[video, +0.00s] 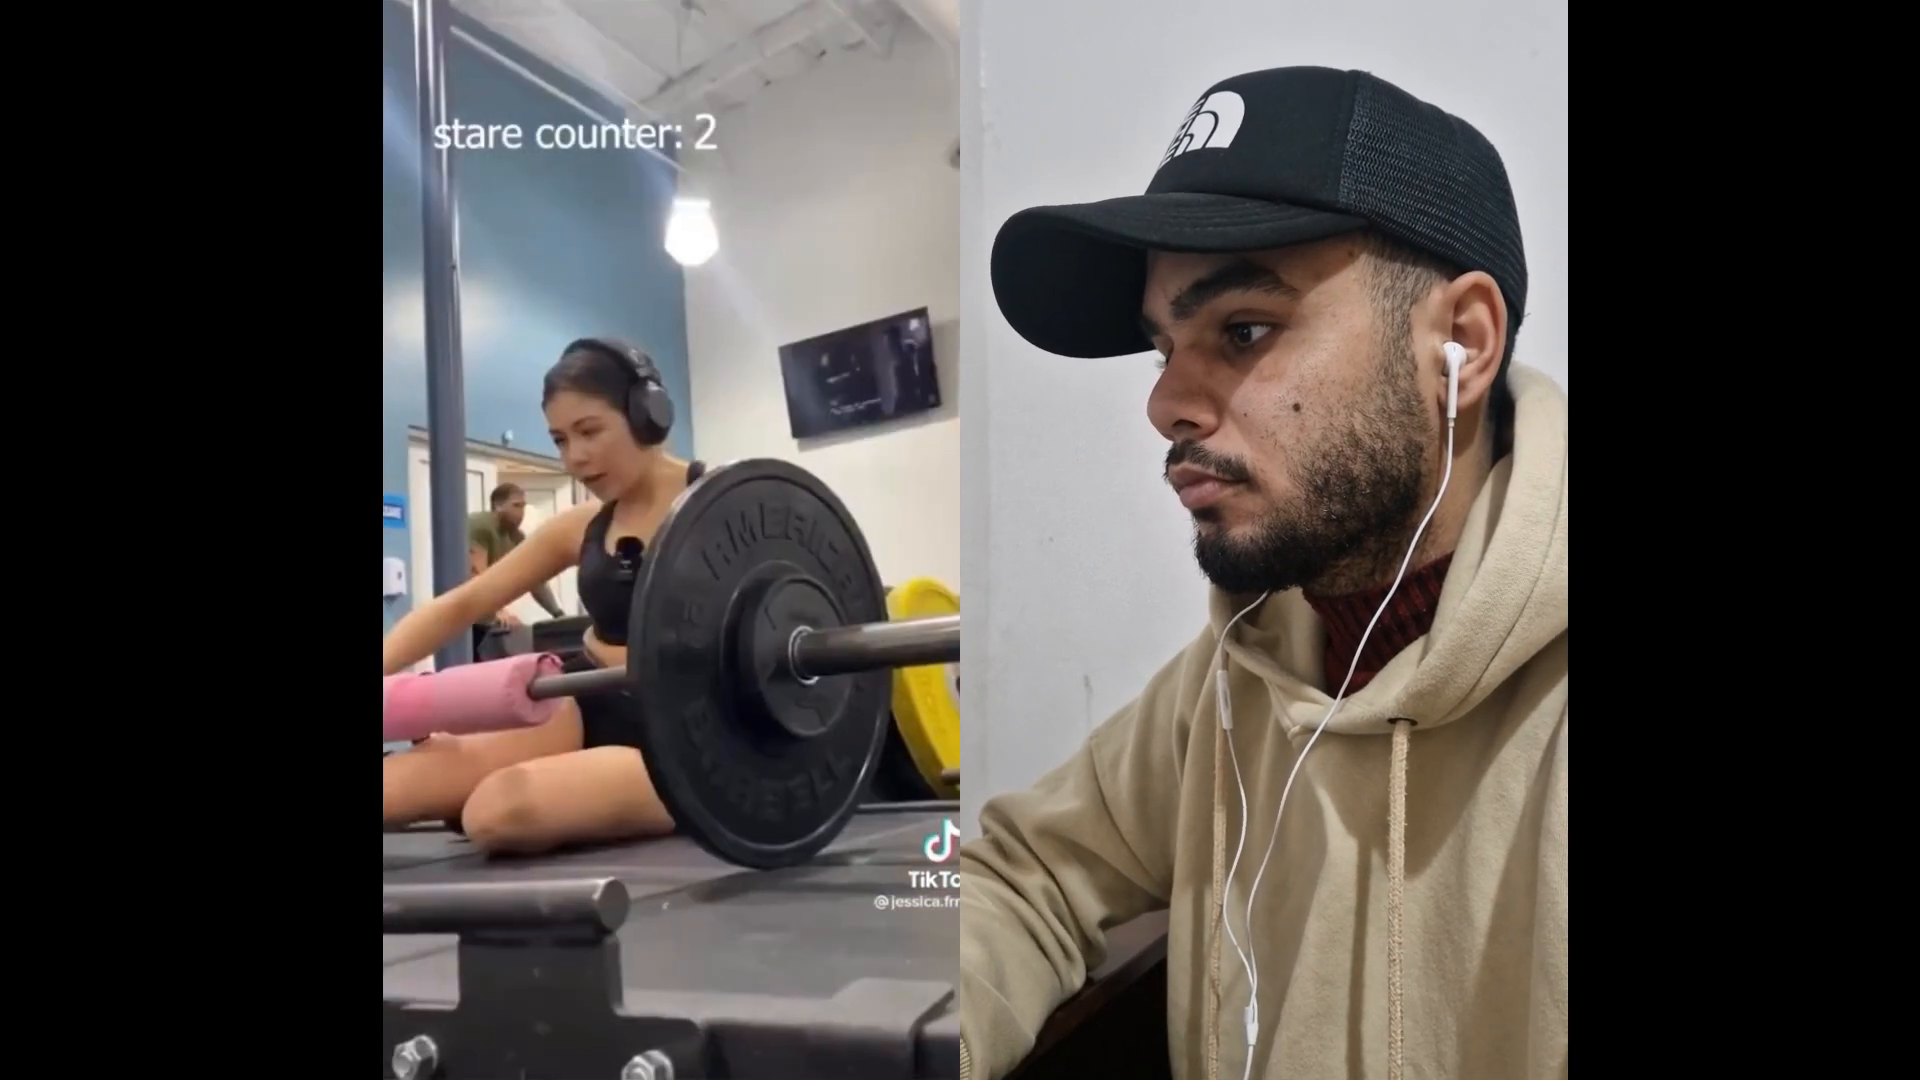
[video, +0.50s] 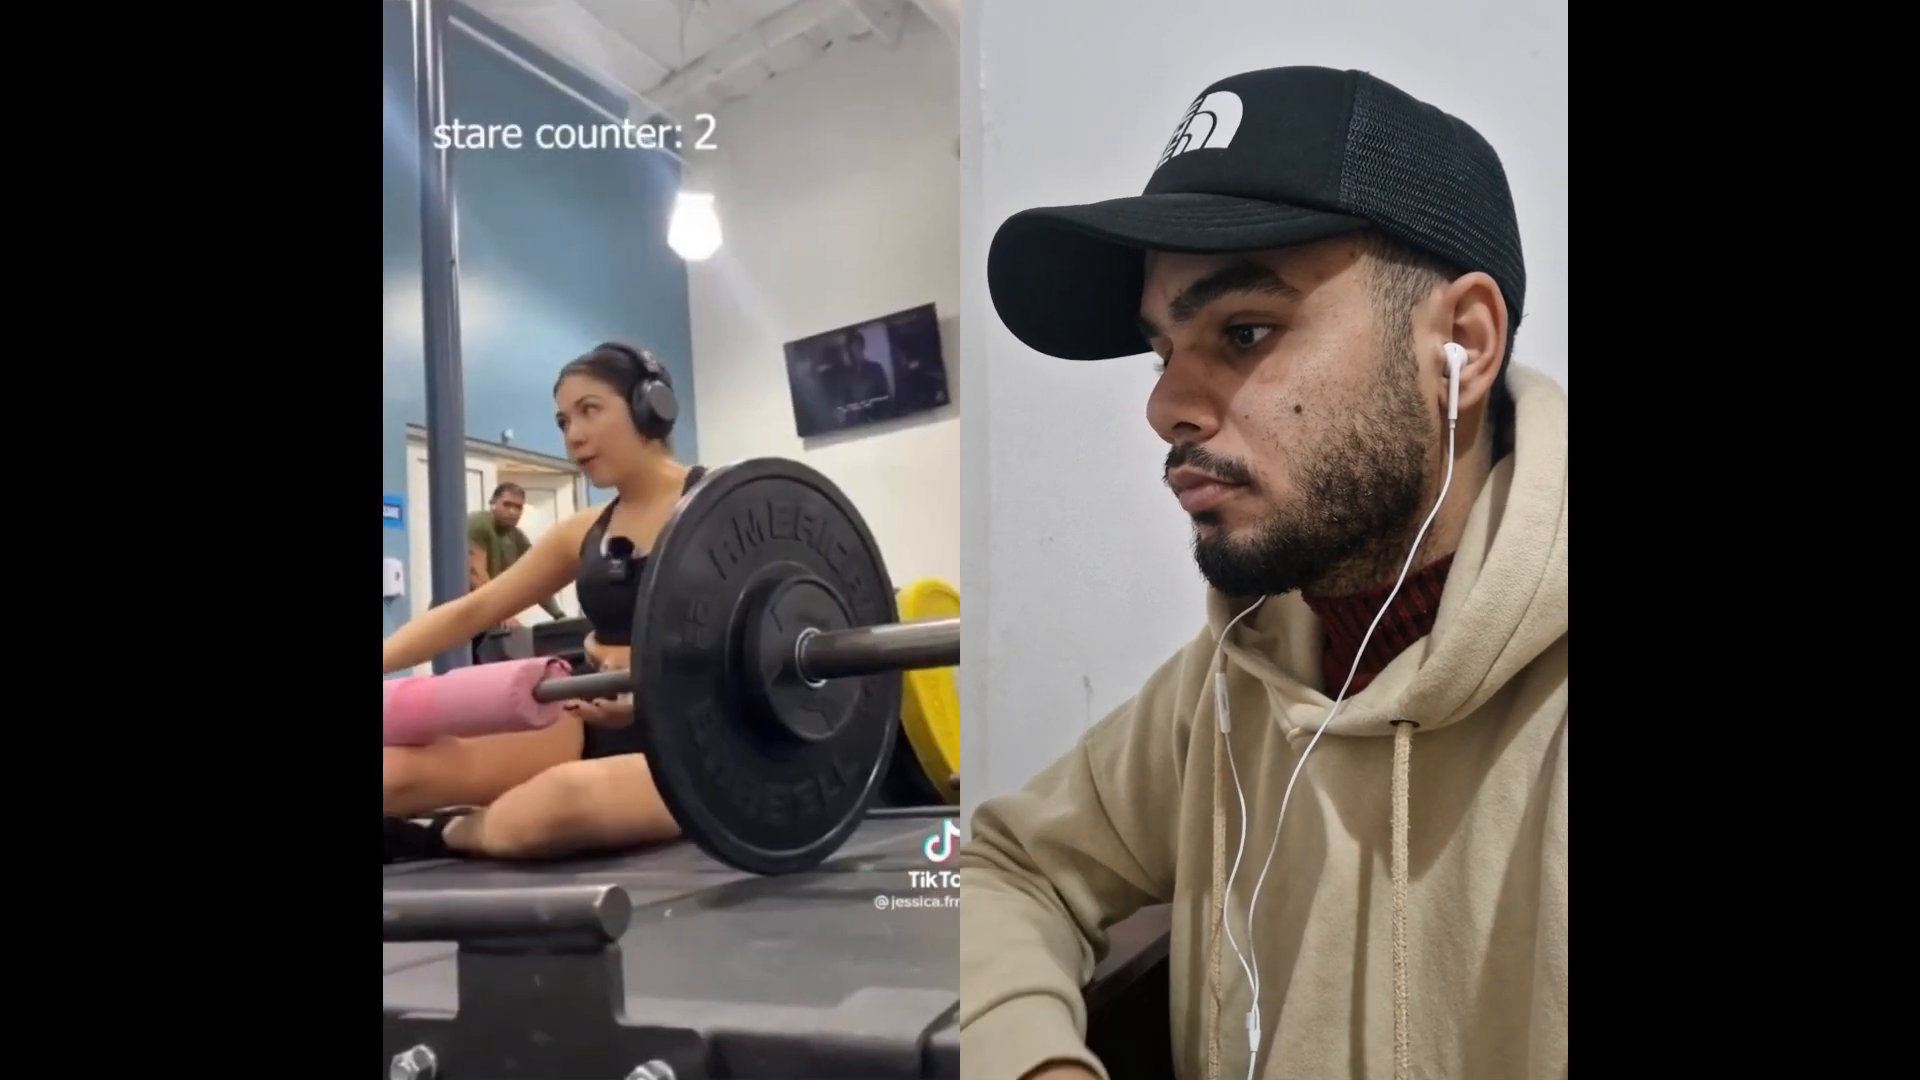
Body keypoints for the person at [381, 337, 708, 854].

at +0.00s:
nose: (575, 458)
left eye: (589, 431)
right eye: (561, 441)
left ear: (646, 414)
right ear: (553, 443)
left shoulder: (720, 503)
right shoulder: (580, 527)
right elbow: (462, 606)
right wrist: (384, 667)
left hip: (691, 743)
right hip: (596, 714)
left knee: (503, 809)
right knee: (439, 765)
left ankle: (456, 771)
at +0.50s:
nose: (573, 435)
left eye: (589, 410)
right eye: (564, 422)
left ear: (647, 407)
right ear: (560, 432)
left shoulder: (719, 506)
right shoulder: (583, 532)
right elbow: (469, 614)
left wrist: (641, 702)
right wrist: (383, 659)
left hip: (693, 743)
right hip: (592, 721)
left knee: (562, 799)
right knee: (397, 770)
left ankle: (452, 832)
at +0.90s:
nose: (553, 430)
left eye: (574, 406)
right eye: (544, 417)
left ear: (629, 413)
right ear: (540, 432)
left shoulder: (688, 513)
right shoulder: (543, 540)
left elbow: (732, 640)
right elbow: (445, 625)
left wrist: (646, 678)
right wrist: (382, 674)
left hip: (669, 750)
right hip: (559, 744)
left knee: (582, 796)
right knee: (388, 770)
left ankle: (407, 847)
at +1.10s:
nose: (556, 450)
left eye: (576, 428)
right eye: (541, 437)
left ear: (624, 433)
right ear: (532, 454)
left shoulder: (671, 525)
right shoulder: (534, 549)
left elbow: (716, 653)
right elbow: (447, 639)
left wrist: (642, 684)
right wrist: (384, 691)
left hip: (660, 761)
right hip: (546, 754)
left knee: (583, 765)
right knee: (392, 768)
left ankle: (403, 855)